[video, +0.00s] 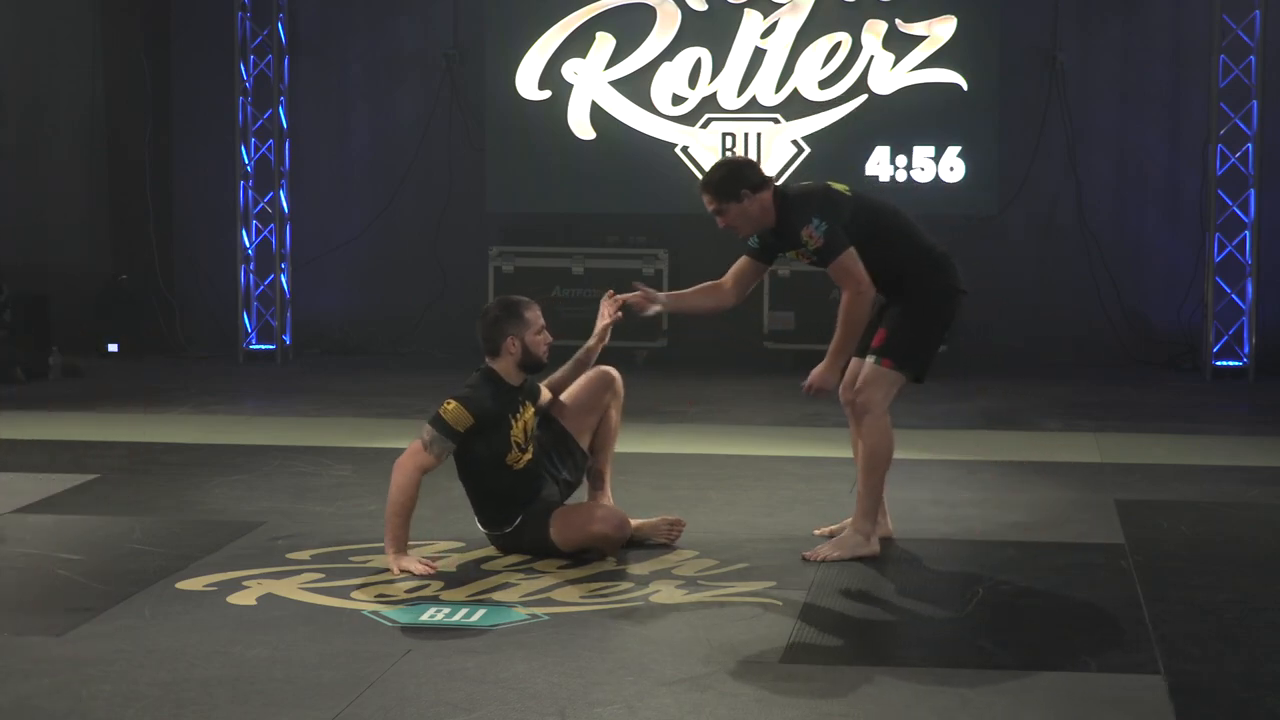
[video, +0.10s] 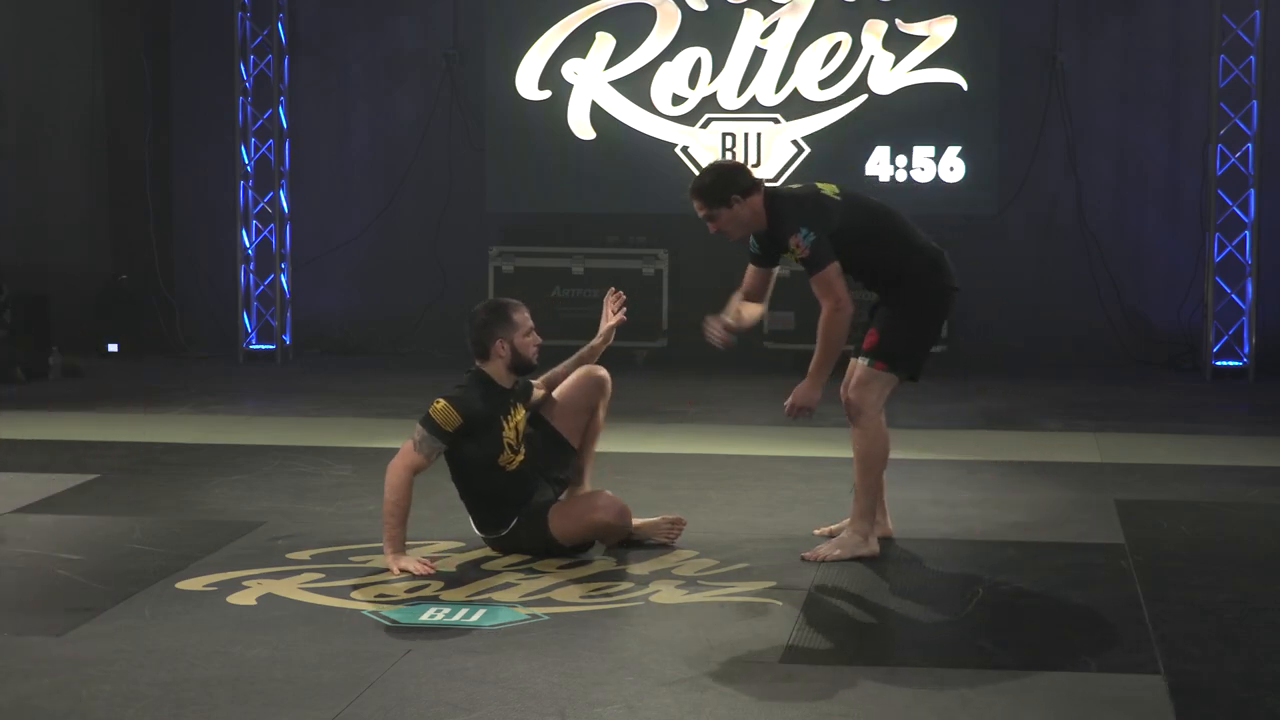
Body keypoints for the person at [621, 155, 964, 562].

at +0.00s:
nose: (721, 225)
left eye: (721, 214)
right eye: (715, 216)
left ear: (751, 196)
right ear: (745, 201)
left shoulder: (808, 212)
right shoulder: (774, 228)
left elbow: (860, 289)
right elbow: (728, 290)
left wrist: (832, 364)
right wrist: (660, 300)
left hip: (927, 288)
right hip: (896, 290)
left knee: (868, 397)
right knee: (851, 393)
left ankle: (864, 531)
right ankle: (871, 516)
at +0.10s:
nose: (710, 229)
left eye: (713, 218)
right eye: (705, 221)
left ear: (742, 201)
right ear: (741, 201)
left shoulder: (798, 218)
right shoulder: (766, 228)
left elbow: (837, 304)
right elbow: (750, 297)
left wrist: (813, 383)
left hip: (921, 284)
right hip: (896, 286)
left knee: (864, 397)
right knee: (853, 394)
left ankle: (862, 532)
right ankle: (873, 516)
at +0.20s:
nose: (702, 237)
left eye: (703, 226)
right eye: (696, 229)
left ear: (730, 209)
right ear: (731, 208)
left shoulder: (790, 220)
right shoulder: (766, 229)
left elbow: (828, 312)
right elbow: (784, 306)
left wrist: (810, 392)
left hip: (915, 281)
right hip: (893, 282)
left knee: (863, 400)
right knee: (860, 396)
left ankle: (863, 533)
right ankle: (875, 518)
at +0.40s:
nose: (694, 278)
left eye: (693, 267)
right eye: (688, 271)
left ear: (718, 250)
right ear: (719, 247)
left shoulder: (780, 250)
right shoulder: (756, 256)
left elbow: (828, 338)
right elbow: (782, 335)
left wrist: (819, 412)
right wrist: (779, 411)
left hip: (907, 288)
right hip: (875, 289)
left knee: (847, 408)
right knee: (809, 374)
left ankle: (866, 534)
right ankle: (833, 501)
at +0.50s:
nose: (688, 311)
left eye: (689, 301)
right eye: (682, 304)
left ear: (715, 281)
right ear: (715, 278)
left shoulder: (774, 280)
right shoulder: (745, 285)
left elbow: (814, 371)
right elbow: (744, 369)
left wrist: (797, 442)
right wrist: (718, 437)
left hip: (901, 308)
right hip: (860, 309)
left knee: (834, 415)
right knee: (790, 387)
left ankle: (860, 534)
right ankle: (786, 515)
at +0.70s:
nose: (679, 386)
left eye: (680, 376)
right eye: (674, 379)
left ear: (707, 363)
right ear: (709, 358)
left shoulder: (770, 366)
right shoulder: (729, 363)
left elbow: (787, 457)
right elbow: (699, 445)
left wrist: (747, 523)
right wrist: (668, 506)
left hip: (899, 367)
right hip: (853, 360)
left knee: (817, 432)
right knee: (755, 405)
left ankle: (842, 531)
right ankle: (778, 517)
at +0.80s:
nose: (695, 380)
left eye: (693, 371)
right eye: (691, 373)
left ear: (716, 357)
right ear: (721, 346)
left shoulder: (771, 358)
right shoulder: (744, 336)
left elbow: (773, 450)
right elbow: (720, 422)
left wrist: (740, 498)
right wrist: (683, 479)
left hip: (908, 358)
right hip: (868, 349)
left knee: (819, 427)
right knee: (781, 412)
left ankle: (845, 531)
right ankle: (779, 518)